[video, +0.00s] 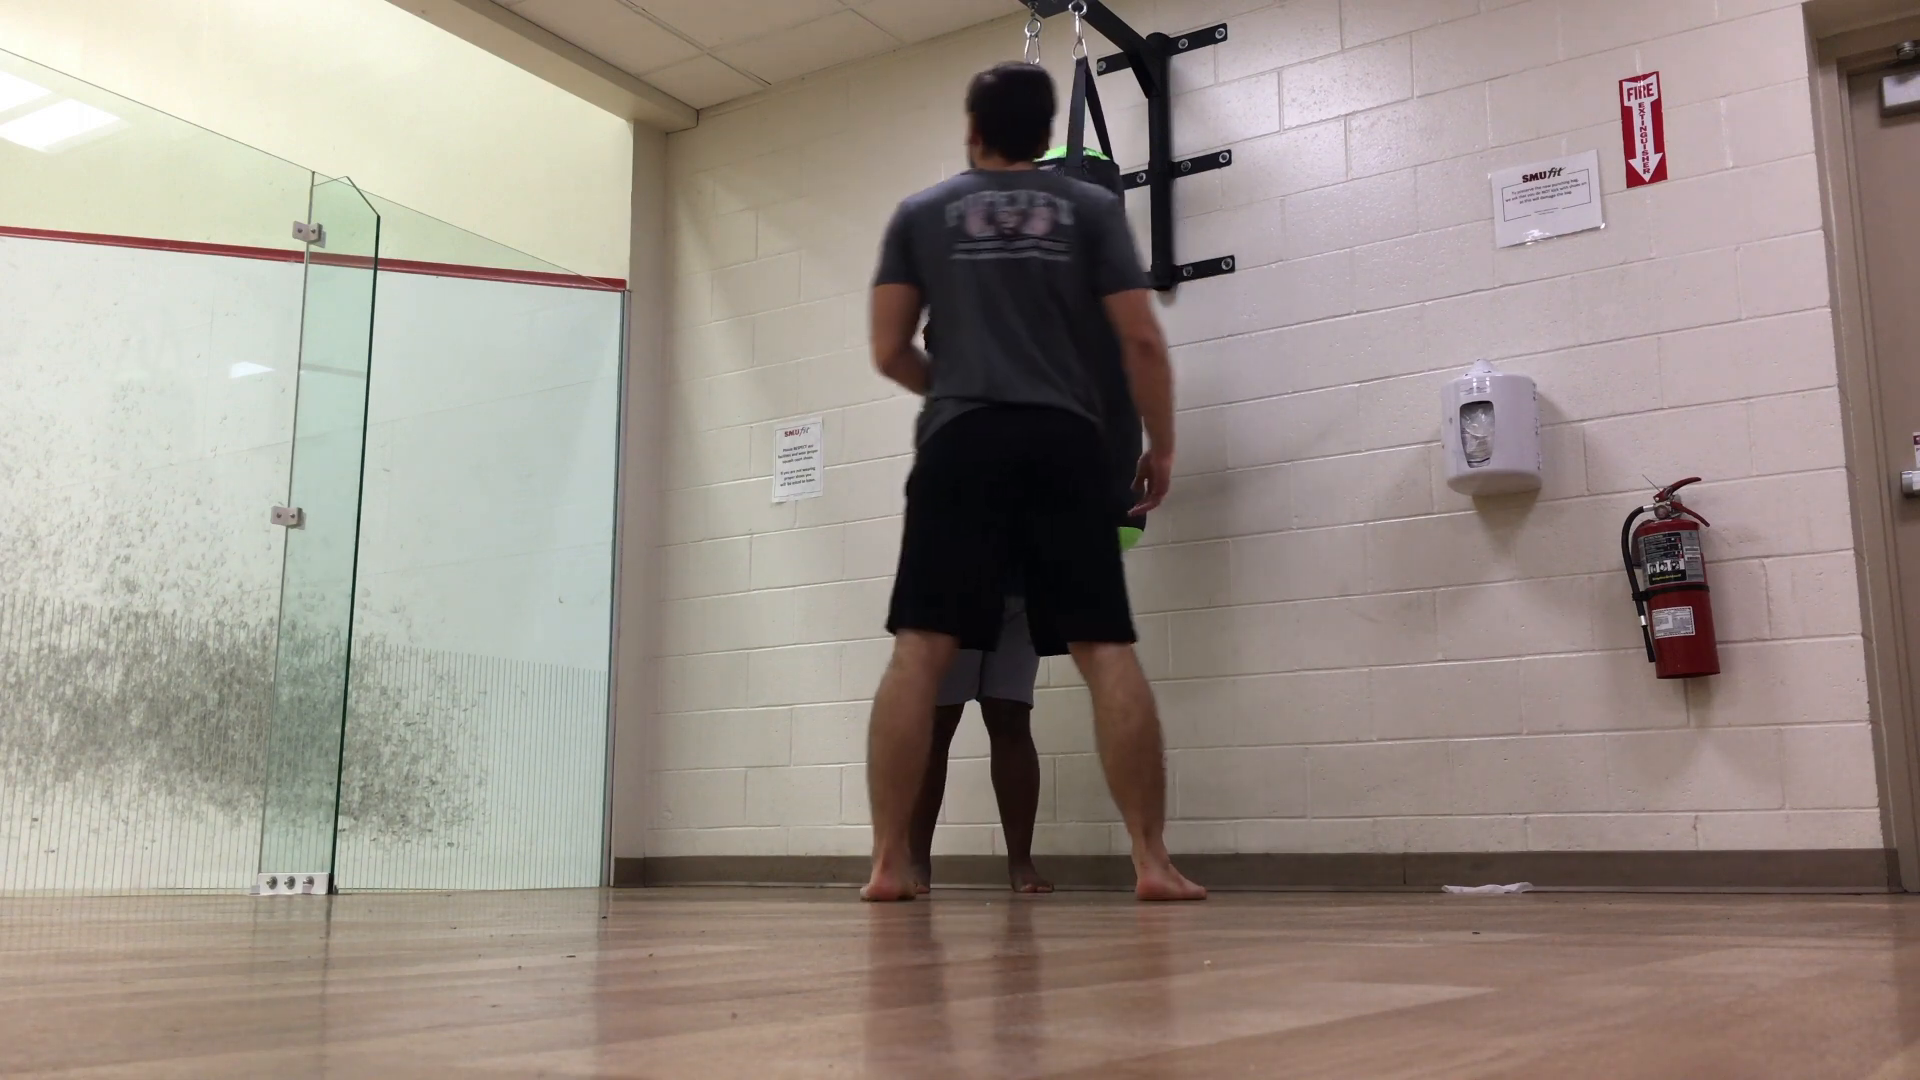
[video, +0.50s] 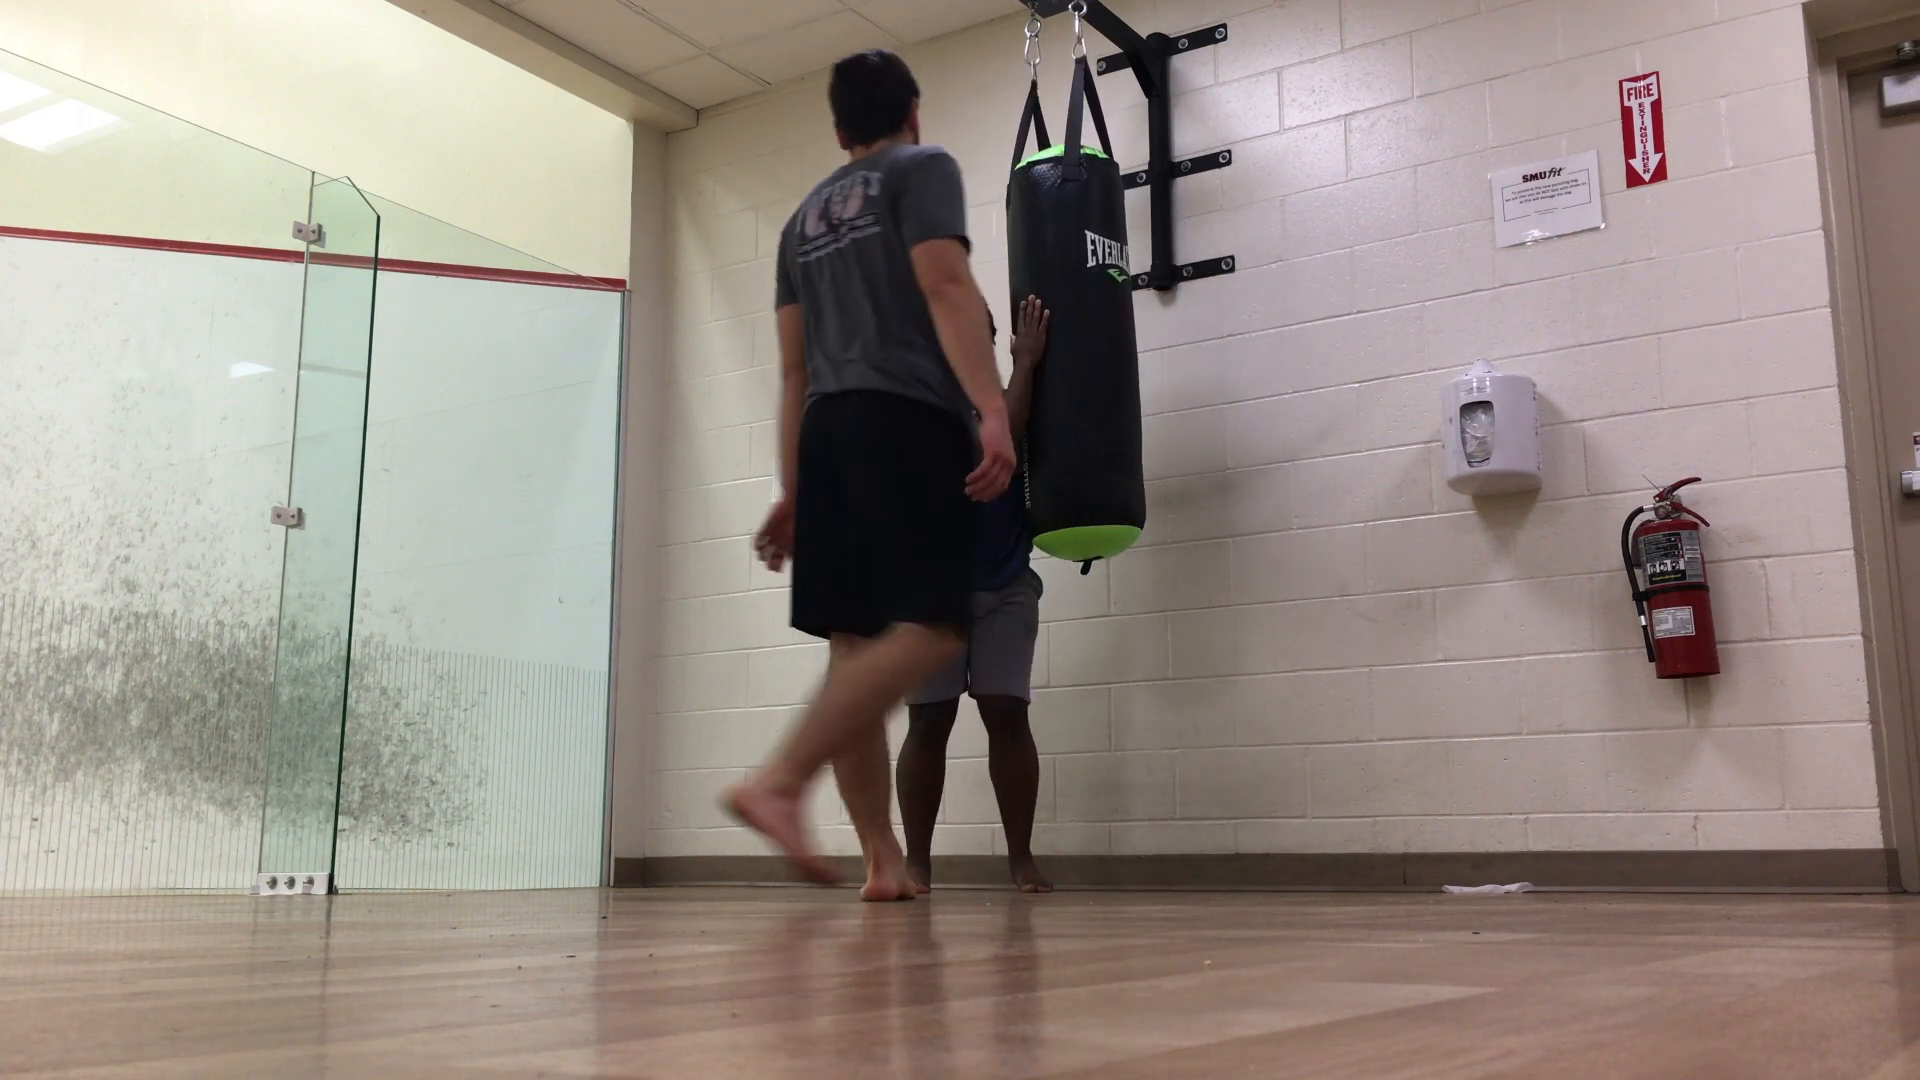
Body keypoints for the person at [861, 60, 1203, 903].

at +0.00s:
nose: (980, 137)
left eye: (972, 124)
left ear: (971, 133)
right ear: (1050, 136)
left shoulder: (918, 213)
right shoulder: (1091, 205)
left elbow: (889, 351)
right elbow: (1142, 335)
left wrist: (957, 386)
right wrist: (1161, 446)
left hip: (961, 448)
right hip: (1074, 450)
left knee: (920, 645)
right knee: (1107, 652)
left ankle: (891, 861)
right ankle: (1151, 858)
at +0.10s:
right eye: (1005, 128)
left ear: (933, 137)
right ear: (1013, 135)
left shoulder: (884, 221)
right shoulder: (1049, 203)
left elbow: (855, 360)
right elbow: (1092, 326)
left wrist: (924, 388)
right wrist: (1130, 445)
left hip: (924, 450)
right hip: (1033, 447)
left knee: (894, 644)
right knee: (1090, 646)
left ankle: (885, 861)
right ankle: (1148, 850)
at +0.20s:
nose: (984, 140)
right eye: (984, 130)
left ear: (904, 142)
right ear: (981, 135)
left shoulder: (856, 222)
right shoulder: (1008, 197)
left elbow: (833, 366)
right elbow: (1041, 314)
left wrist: (903, 396)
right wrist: (1091, 436)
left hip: (889, 441)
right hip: (991, 436)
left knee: (877, 643)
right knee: (1063, 631)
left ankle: (885, 861)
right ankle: (1117, 844)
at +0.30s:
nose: (961, 140)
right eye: (962, 128)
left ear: (880, 139)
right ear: (955, 130)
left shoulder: (832, 221)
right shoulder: (976, 185)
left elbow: (820, 364)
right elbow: (1003, 301)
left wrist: (874, 430)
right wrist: (1048, 425)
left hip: (870, 442)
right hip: (972, 429)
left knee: (867, 643)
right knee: (1032, 622)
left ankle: (883, 861)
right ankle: (1018, 841)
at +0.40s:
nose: (939, 135)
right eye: (939, 124)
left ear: (858, 135)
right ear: (935, 126)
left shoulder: (813, 222)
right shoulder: (947, 175)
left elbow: (813, 365)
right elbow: (967, 285)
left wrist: (837, 453)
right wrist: (1011, 416)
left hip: (848, 439)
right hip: (941, 424)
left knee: (859, 644)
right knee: (997, 625)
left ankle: (882, 859)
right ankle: (890, 809)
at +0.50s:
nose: (921, 126)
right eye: (919, 115)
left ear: (837, 130)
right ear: (914, 118)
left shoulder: (801, 219)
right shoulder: (921, 166)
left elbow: (794, 368)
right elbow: (943, 281)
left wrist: (793, 487)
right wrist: (991, 407)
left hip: (828, 440)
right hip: (909, 426)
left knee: (854, 642)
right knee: (936, 629)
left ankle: (884, 860)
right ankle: (775, 782)